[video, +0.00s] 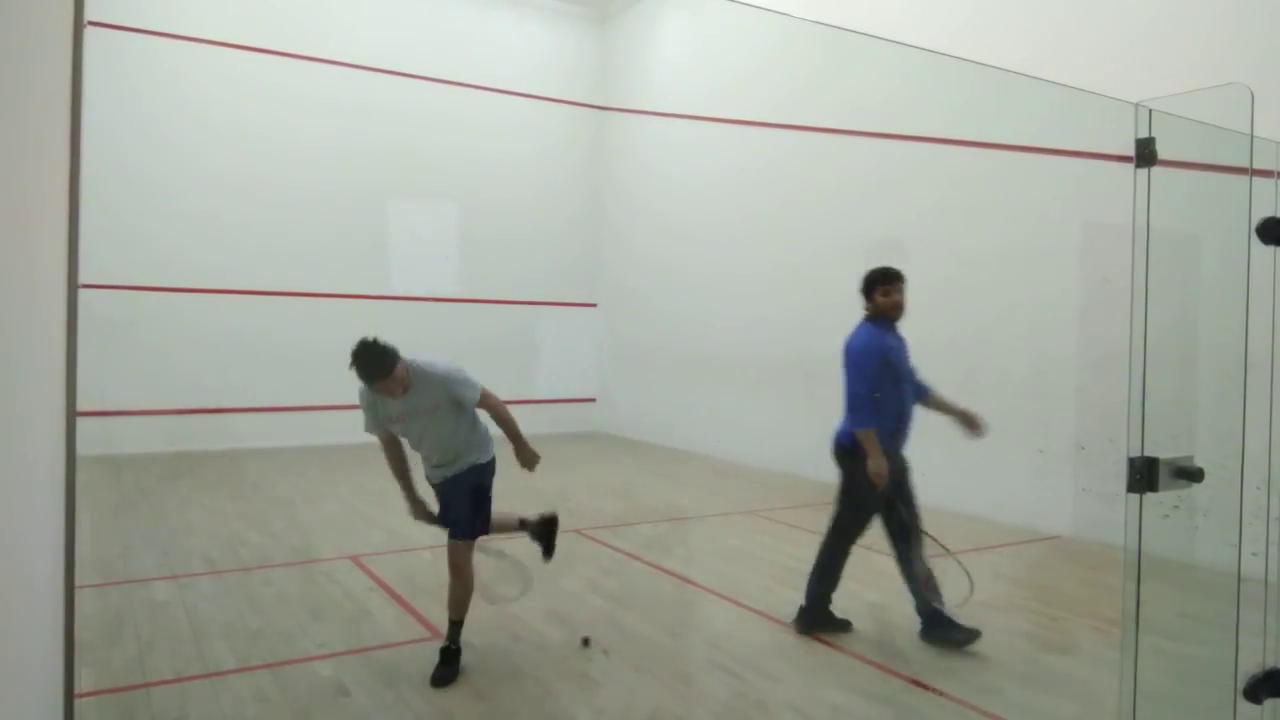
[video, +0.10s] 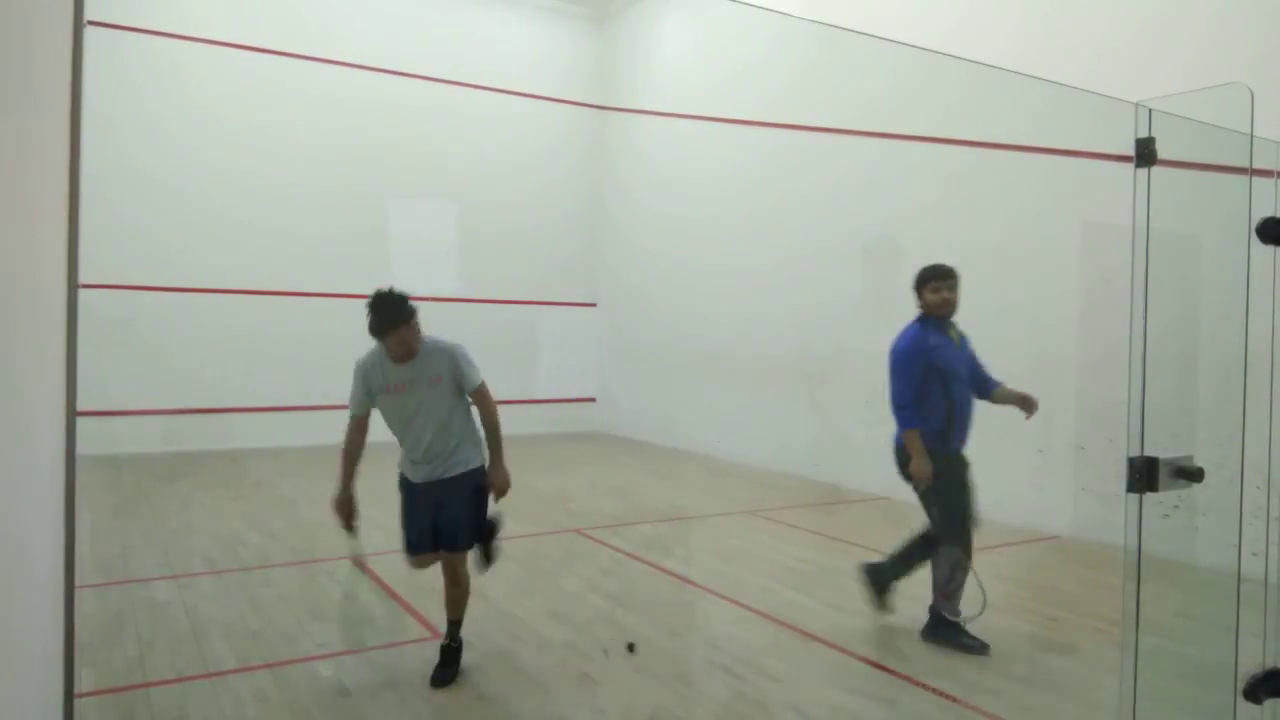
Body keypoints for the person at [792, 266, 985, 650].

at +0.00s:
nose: (896, 299)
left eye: (899, 292)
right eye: (887, 293)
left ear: (903, 298)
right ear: (870, 299)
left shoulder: (891, 340)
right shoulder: (863, 343)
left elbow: (912, 389)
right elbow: (858, 408)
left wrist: (957, 412)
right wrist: (874, 454)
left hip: (887, 452)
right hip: (862, 451)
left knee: (907, 535)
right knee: (843, 534)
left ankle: (934, 618)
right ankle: (813, 610)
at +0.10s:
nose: (943, 296)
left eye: (949, 290)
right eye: (934, 291)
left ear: (957, 295)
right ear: (919, 297)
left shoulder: (953, 337)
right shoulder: (910, 343)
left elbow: (979, 384)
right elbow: (903, 408)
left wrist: (1014, 398)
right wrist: (917, 455)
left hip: (948, 451)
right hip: (924, 452)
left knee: (953, 529)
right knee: (952, 533)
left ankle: (883, 573)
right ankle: (942, 620)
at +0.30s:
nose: (997, 304)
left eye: (1006, 297)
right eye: (990, 298)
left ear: (1021, 301)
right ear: (981, 304)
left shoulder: (1047, 347)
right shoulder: (965, 352)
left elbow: (1064, 402)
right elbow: (950, 406)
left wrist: (1061, 452)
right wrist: (953, 455)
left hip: (1035, 461)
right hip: (985, 460)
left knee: (1045, 538)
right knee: (987, 538)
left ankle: (1031, 604)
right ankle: (982, 619)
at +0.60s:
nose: (952, 334)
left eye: (957, 325)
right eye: (945, 329)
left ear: (978, 315)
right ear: (940, 328)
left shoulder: (1021, 347)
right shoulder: (952, 358)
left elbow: (1046, 405)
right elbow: (958, 408)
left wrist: (1037, 463)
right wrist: (954, 454)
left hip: (1030, 462)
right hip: (983, 464)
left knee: (1031, 548)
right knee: (975, 546)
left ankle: (1059, 642)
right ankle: (987, 634)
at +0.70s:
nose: (926, 378)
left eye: (927, 369)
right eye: (921, 372)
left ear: (944, 357)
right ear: (928, 367)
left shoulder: (996, 383)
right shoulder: (951, 385)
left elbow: (1025, 446)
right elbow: (973, 423)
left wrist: (1028, 502)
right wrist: (967, 467)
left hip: (1047, 468)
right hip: (1005, 466)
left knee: (1038, 563)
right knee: (978, 549)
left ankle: (1037, 661)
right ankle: (987, 637)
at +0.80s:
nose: (916, 468)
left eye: (914, 460)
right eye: (910, 463)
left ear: (925, 444)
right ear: (924, 436)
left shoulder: (972, 450)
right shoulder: (945, 418)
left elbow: (998, 542)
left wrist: (1001, 620)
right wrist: (988, 504)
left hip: (1070, 477)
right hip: (1029, 476)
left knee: (1036, 575)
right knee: (988, 551)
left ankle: (1035, 674)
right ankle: (991, 643)